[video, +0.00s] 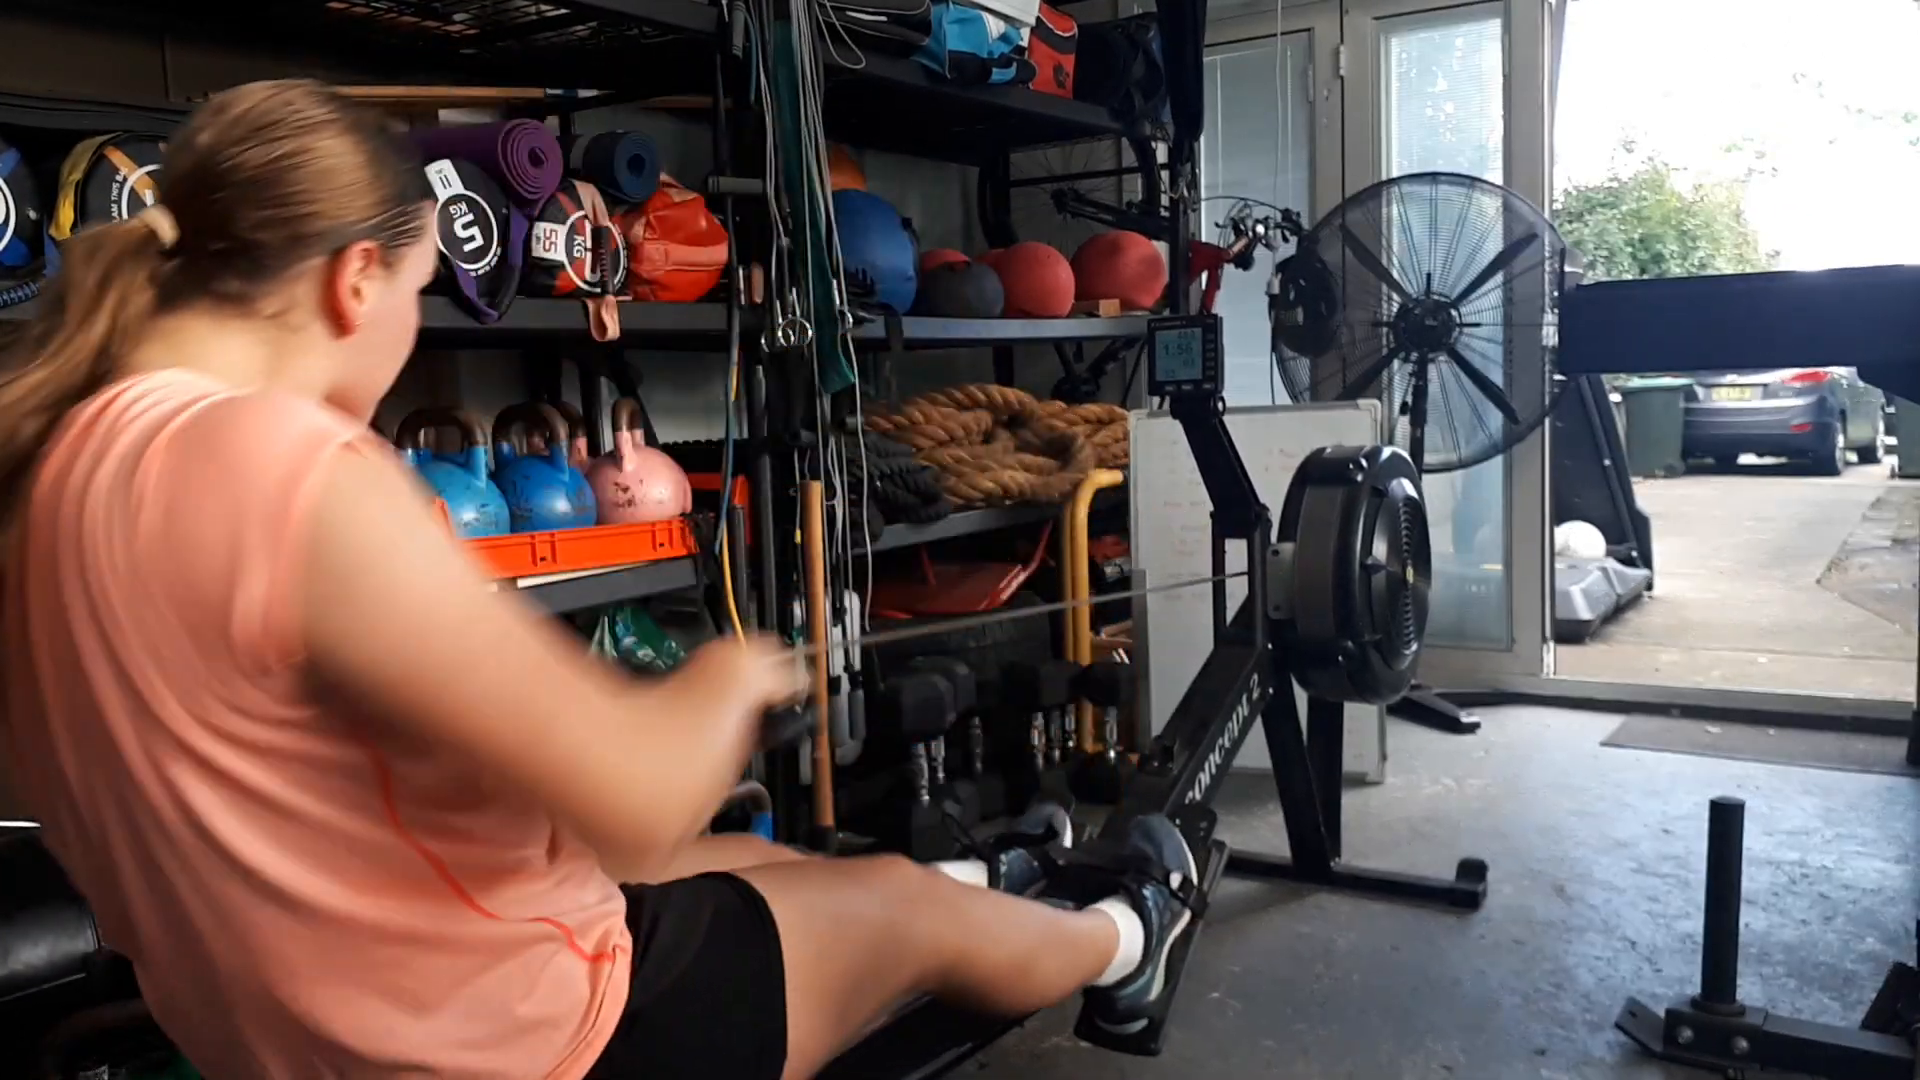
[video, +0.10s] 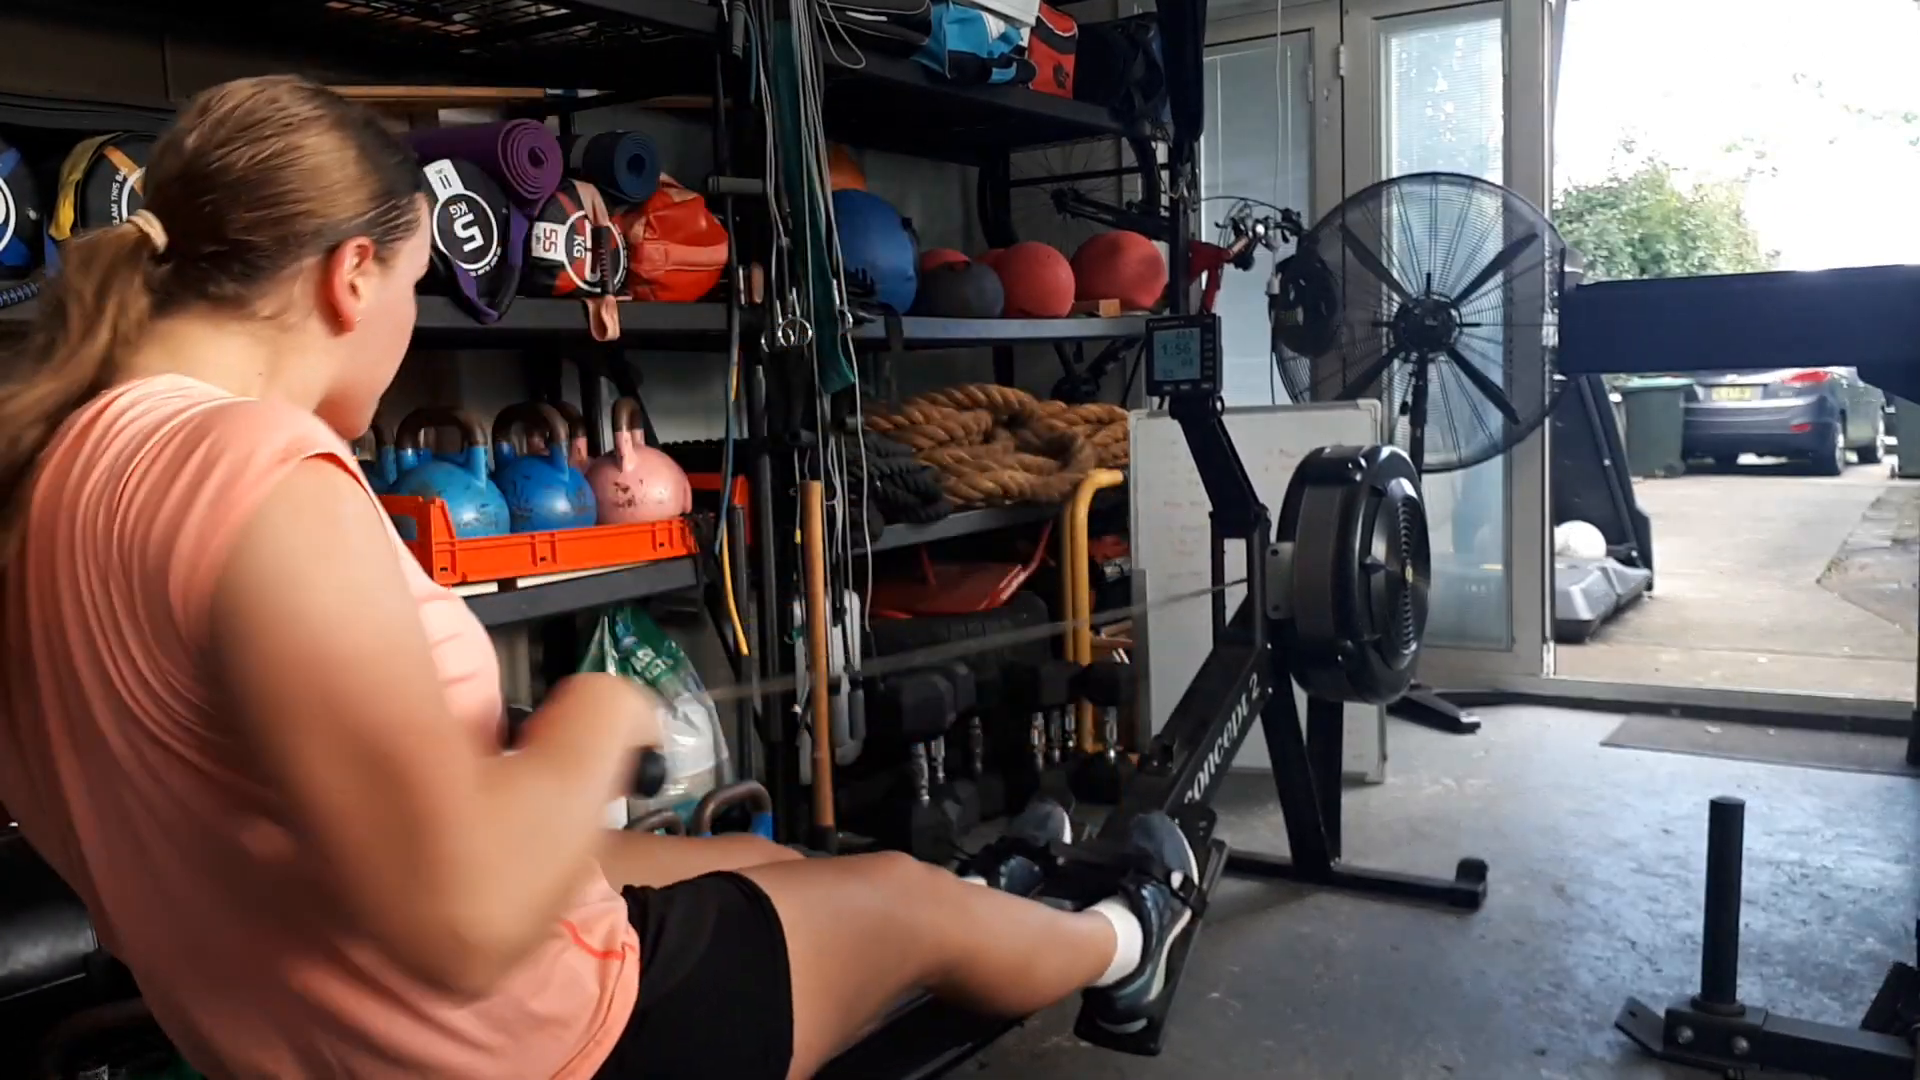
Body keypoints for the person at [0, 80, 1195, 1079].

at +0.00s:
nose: (412, 329)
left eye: (421, 291)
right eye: (416, 290)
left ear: (178, 262)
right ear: (347, 280)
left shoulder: (59, 458)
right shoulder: (300, 484)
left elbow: (57, 798)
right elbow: (653, 802)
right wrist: (741, 672)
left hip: (283, 1026)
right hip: (507, 1037)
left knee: (742, 860)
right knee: (906, 905)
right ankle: (1111, 947)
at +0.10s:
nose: (407, 330)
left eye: (415, 291)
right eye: (411, 289)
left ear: (174, 263)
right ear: (342, 278)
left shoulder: (65, 455)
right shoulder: (268, 498)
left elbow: (58, 814)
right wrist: (601, 718)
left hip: (288, 1027)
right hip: (494, 1041)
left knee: (739, 862)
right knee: (900, 898)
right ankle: (1108, 950)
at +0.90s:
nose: (977, 305)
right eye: (974, 287)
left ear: (828, 306)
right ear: (957, 301)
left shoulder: (757, 429)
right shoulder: (986, 430)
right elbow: (1151, 558)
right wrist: (1228, 585)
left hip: (661, 915)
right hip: (867, 926)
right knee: (1081, 590)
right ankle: (1113, 939)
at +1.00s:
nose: (1013, 309)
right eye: (1010, 292)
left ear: (868, 312)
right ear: (995, 307)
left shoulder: (798, 428)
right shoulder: (1030, 434)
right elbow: (1183, 557)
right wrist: (1256, 577)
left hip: (711, 891)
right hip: (907, 906)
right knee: (1099, 580)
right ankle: (1113, 946)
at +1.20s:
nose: (1024, 315)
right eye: (1021, 299)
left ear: (887, 325)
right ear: (1007, 318)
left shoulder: (821, 429)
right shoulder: (1049, 434)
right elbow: (1189, 553)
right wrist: (1272, 575)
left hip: (729, 880)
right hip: (923, 895)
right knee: (1108, 579)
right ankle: (1112, 935)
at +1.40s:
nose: (918, 273)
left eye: (910, 248)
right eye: (911, 250)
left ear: (762, 272)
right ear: (890, 270)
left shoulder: (707, 405)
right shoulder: (950, 405)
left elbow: (798, 542)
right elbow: (1087, 559)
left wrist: (947, 552)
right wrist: (1170, 557)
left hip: (607, 923)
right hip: (796, 934)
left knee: (903, 605)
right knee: (1053, 623)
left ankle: (971, 894)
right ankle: (1116, 952)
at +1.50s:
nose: (802, 247)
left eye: (800, 225)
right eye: (798, 225)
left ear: (626, 236)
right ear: (766, 234)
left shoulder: (562, 391)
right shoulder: (812, 384)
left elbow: (688, 524)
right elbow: (1000, 537)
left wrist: (875, 546)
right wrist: (1095, 538)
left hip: (492, 970)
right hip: (702, 968)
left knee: (816, 629)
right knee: (1019, 671)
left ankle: (953, 886)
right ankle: (1119, 946)